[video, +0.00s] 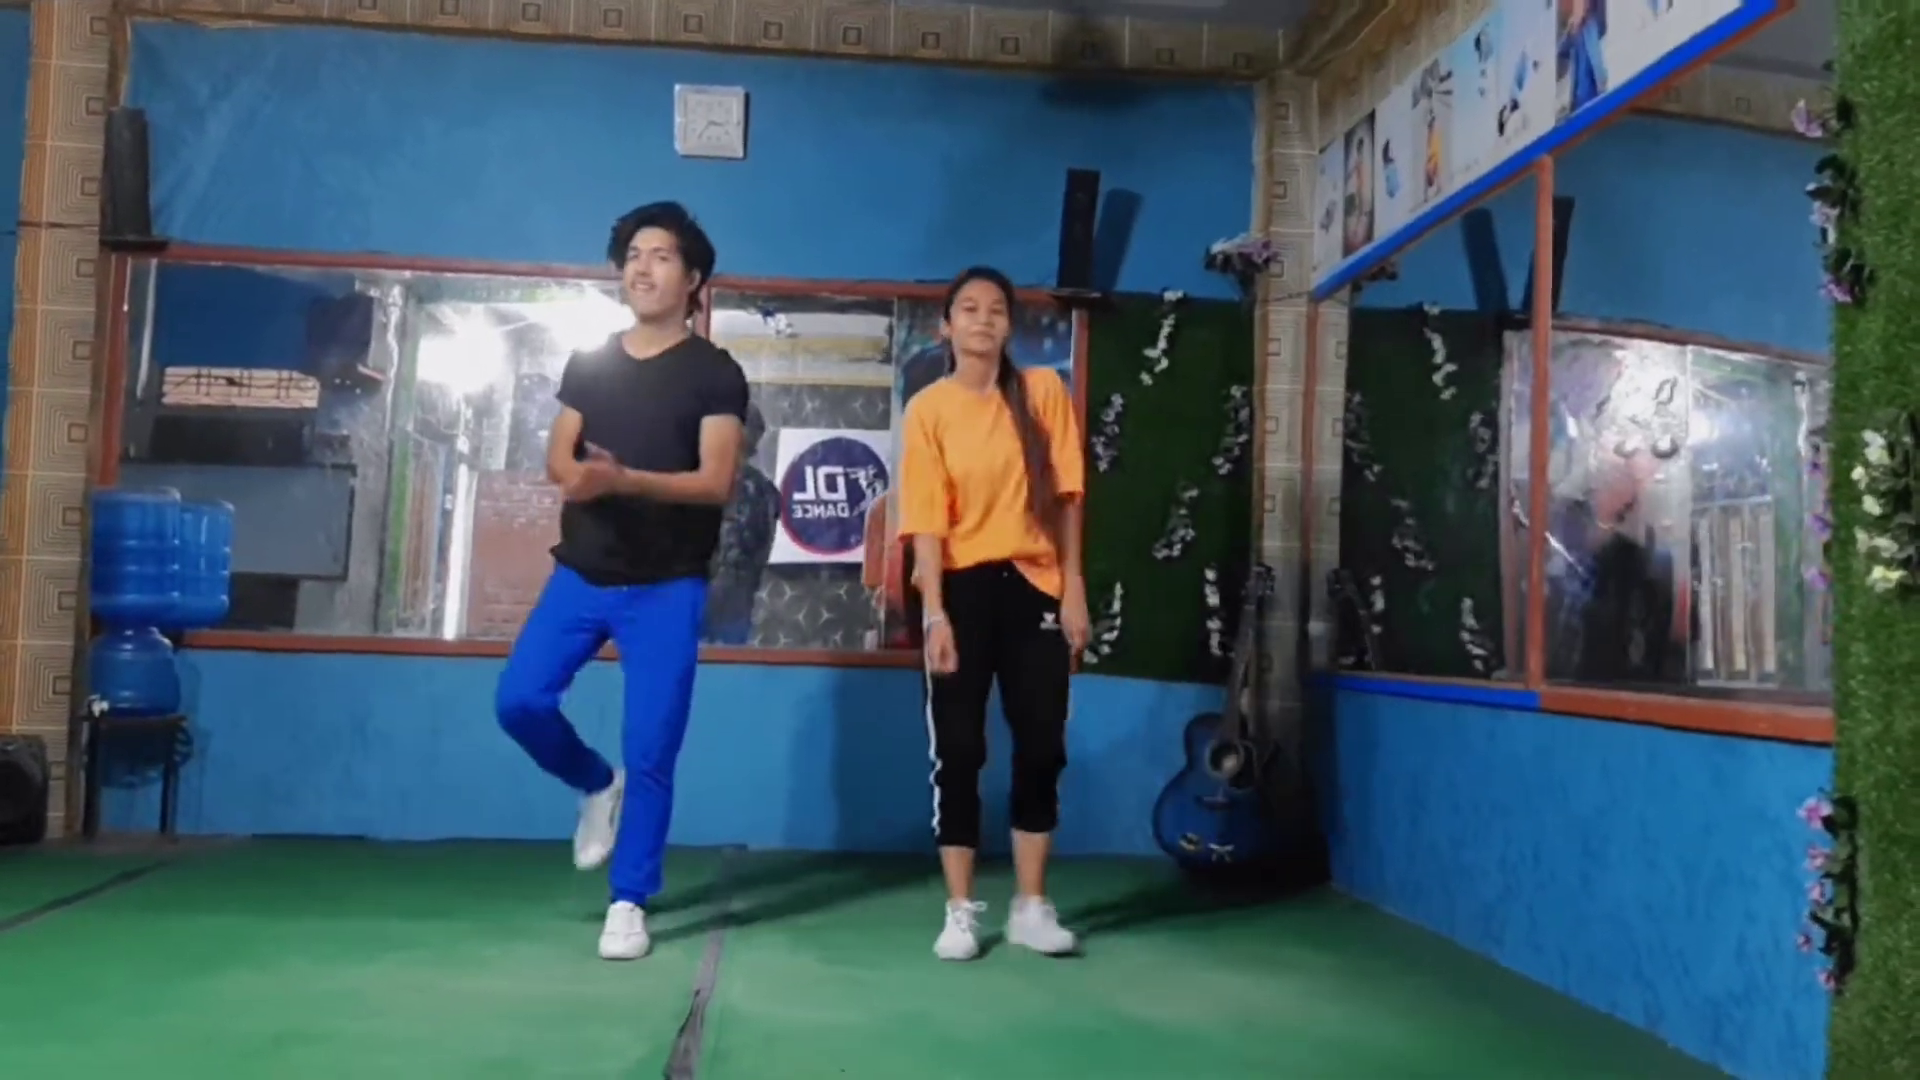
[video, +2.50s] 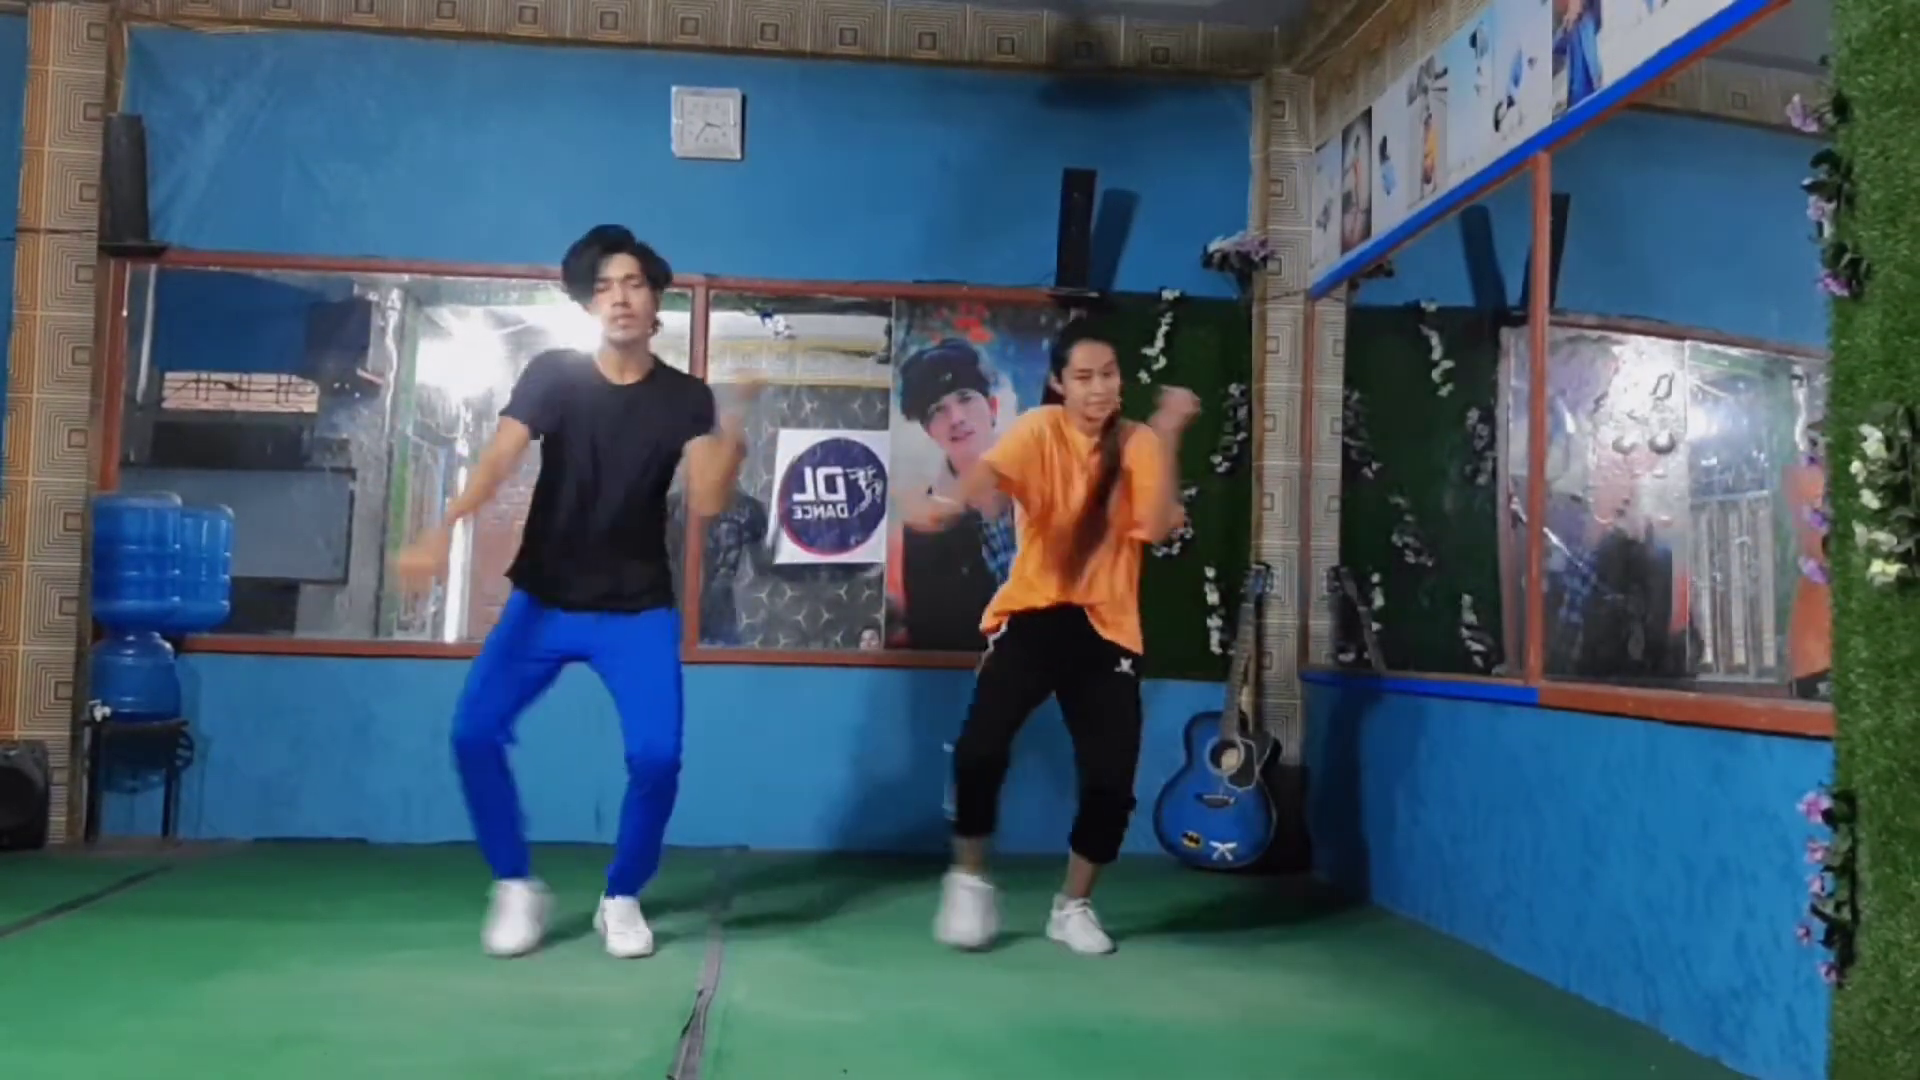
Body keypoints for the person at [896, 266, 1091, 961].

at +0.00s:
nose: (983, 321)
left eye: (995, 311)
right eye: (969, 310)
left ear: (1011, 325)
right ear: (947, 324)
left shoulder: (1044, 390)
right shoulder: (928, 409)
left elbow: (1069, 498)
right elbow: (925, 524)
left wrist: (1073, 589)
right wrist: (934, 615)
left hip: (1037, 587)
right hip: (960, 588)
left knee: (1040, 750)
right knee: (958, 752)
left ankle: (1030, 907)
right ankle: (960, 910)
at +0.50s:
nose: (1045, 302)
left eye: (1056, 293)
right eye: (1031, 294)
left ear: (1074, 314)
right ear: (1009, 314)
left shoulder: (1092, 403)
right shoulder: (976, 379)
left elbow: (1090, 519)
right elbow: (951, 493)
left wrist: (1071, 594)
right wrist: (980, 590)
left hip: (1057, 586)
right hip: (980, 581)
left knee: (1060, 754)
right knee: (976, 753)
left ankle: (1059, 914)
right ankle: (966, 908)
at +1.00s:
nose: (1035, 303)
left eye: (1050, 294)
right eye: (1025, 293)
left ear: (1071, 314)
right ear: (1006, 310)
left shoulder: (1101, 393)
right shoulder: (967, 387)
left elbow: (1133, 487)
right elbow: (924, 482)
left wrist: (1122, 560)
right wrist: (938, 548)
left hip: (1063, 585)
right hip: (982, 580)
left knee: (1048, 744)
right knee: (979, 749)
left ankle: (1027, 870)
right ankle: (974, 908)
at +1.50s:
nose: (1103, 360)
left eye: (1114, 346)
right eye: (1089, 349)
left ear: (1139, 352)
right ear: (1075, 360)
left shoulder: (1169, 435)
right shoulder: (1050, 417)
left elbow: (1183, 545)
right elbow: (1016, 512)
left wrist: (1256, 566)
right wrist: (964, 499)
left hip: (1125, 616)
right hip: (1044, 610)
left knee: (1144, 766)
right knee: (988, 741)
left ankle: (1156, 906)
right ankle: (979, 910)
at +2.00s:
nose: (1039, 356)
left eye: (1053, 347)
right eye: (1029, 346)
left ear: (1078, 362)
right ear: (1016, 361)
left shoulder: (1102, 411)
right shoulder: (1000, 434)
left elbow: (1123, 525)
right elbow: (973, 525)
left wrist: (1148, 626)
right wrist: (940, 453)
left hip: (1102, 603)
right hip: (1023, 607)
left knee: (1131, 743)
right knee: (996, 754)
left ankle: (1121, 850)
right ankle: (1018, 900)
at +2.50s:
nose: (1098, 387)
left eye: (1108, 374)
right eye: (1084, 376)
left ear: (1121, 380)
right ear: (1059, 385)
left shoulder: (1142, 444)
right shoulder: (1038, 429)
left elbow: (1157, 524)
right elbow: (987, 478)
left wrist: (1165, 435)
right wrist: (953, 503)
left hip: (1108, 627)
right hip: (1031, 618)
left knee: (1112, 781)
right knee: (978, 747)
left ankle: (1073, 906)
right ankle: (969, 882)